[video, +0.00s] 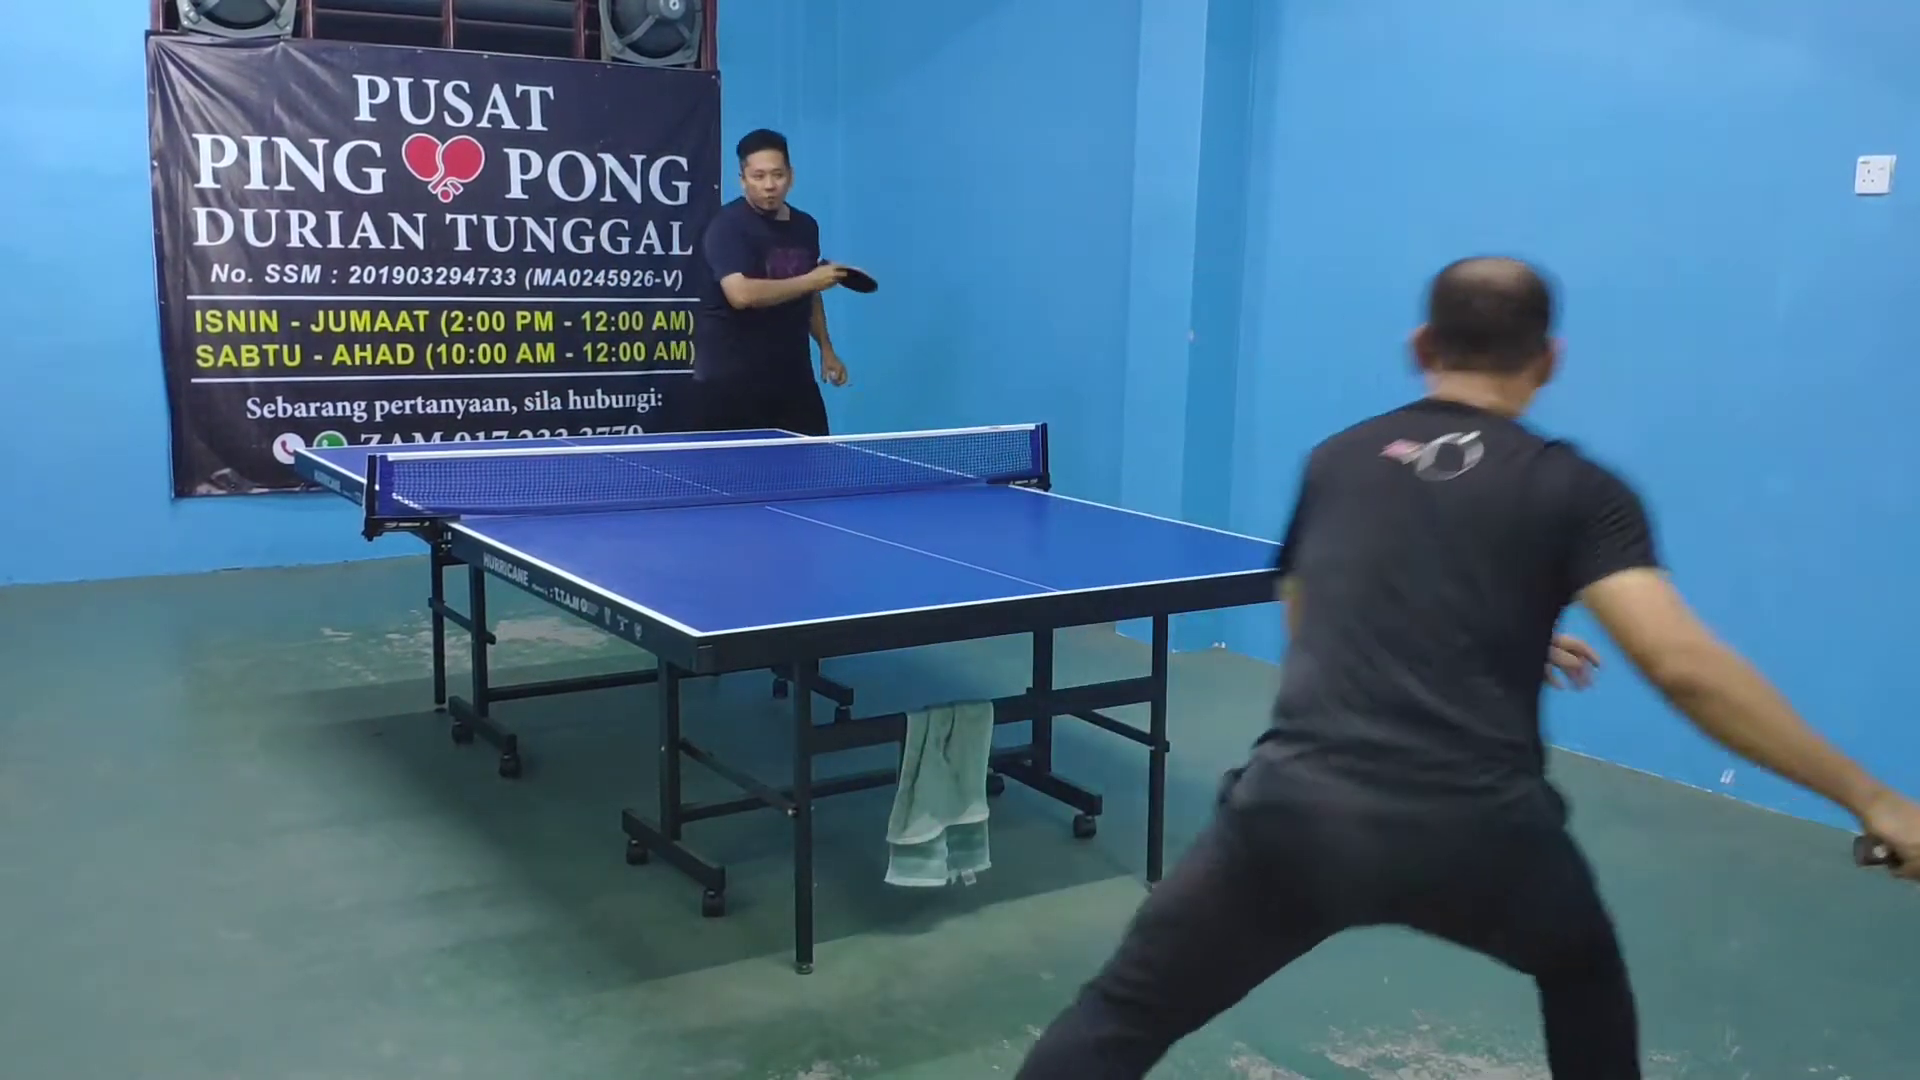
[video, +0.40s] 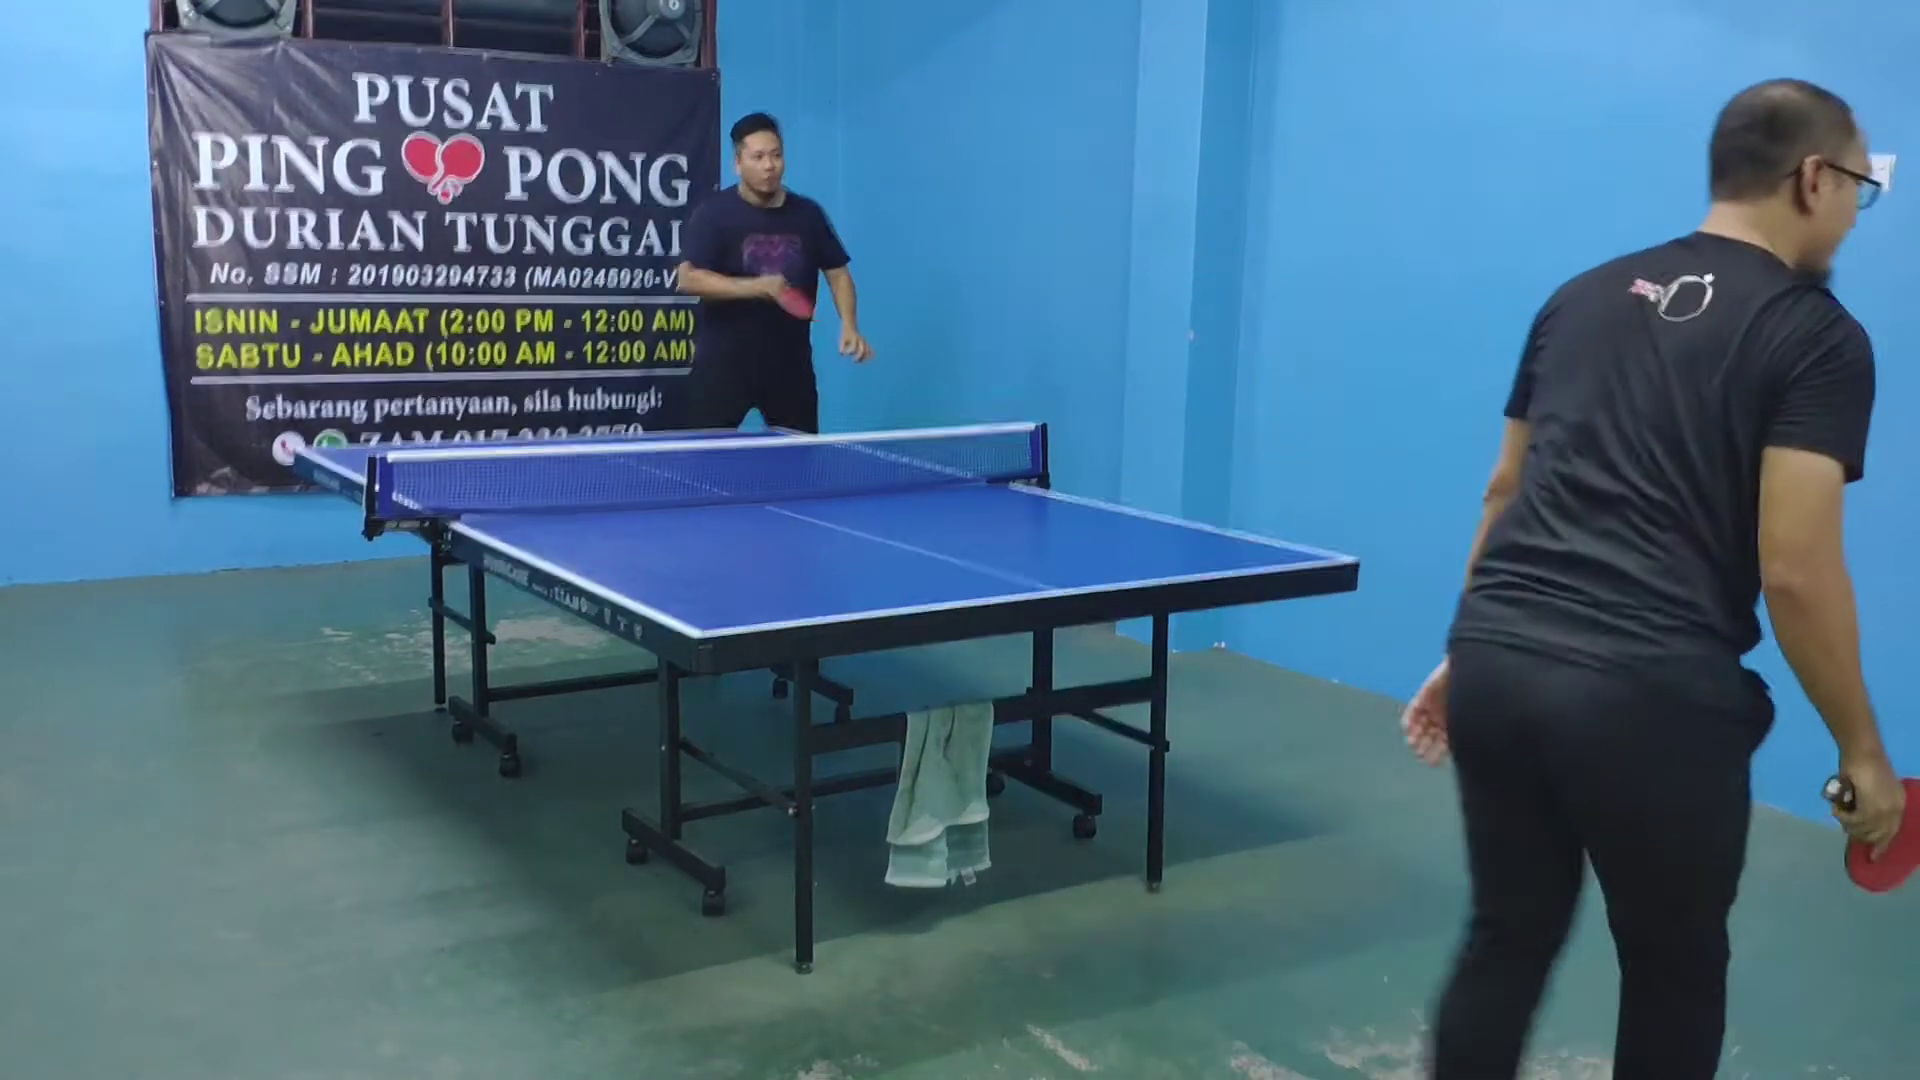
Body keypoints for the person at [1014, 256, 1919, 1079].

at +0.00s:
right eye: (1545, 355)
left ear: (1422, 355)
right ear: (1546, 364)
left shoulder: (1337, 461)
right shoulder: (1568, 488)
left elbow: (1308, 631)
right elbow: (1683, 669)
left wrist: (1507, 636)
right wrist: (1866, 797)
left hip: (1302, 822)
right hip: (1481, 836)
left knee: (1121, 1009)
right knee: (1583, 974)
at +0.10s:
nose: (1661, 320)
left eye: (1660, 300)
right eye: (1660, 300)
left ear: (1533, 296)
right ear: (1641, 300)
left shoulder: (1427, 404)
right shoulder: (1664, 434)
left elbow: (1378, 591)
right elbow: (1735, 623)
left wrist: (1434, 713)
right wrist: (1883, 796)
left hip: (1367, 763)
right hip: (1545, 787)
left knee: (1198, 970)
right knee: (1629, 973)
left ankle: (1075, 1078)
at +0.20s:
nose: (1749, 275)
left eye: (1753, 253)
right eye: (1750, 251)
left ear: (1626, 243)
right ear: (1716, 244)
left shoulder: (1496, 355)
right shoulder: (1732, 389)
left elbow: (1442, 556)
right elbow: (1774, 608)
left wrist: (1467, 688)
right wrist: (1876, 805)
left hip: (1428, 718)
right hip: (1597, 747)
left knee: (1299, 944)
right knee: (1645, 972)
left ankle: (1195, 1069)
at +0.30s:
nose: (1818, 230)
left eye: (1822, 208)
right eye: (1818, 205)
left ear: (1692, 197)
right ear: (1776, 198)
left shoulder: (1553, 310)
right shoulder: (1788, 349)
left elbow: (1490, 513)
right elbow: (1786, 581)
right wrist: (1857, 772)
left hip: (1474, 685)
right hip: (1636, 716)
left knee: (1432, 927)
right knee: (1659, 975)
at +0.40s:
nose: (1856, 212)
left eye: (1860, 189)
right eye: (1855, 185)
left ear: (1726, 177)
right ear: (1811, 180)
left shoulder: (1583, 294)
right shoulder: (1814, 331)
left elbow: (1508, 493)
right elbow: (1796, 570)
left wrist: (1469, 652)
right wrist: (1861, 748)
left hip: (1498, 676)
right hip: (1654, 710)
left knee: (1505, 934)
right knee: (1673, 975)